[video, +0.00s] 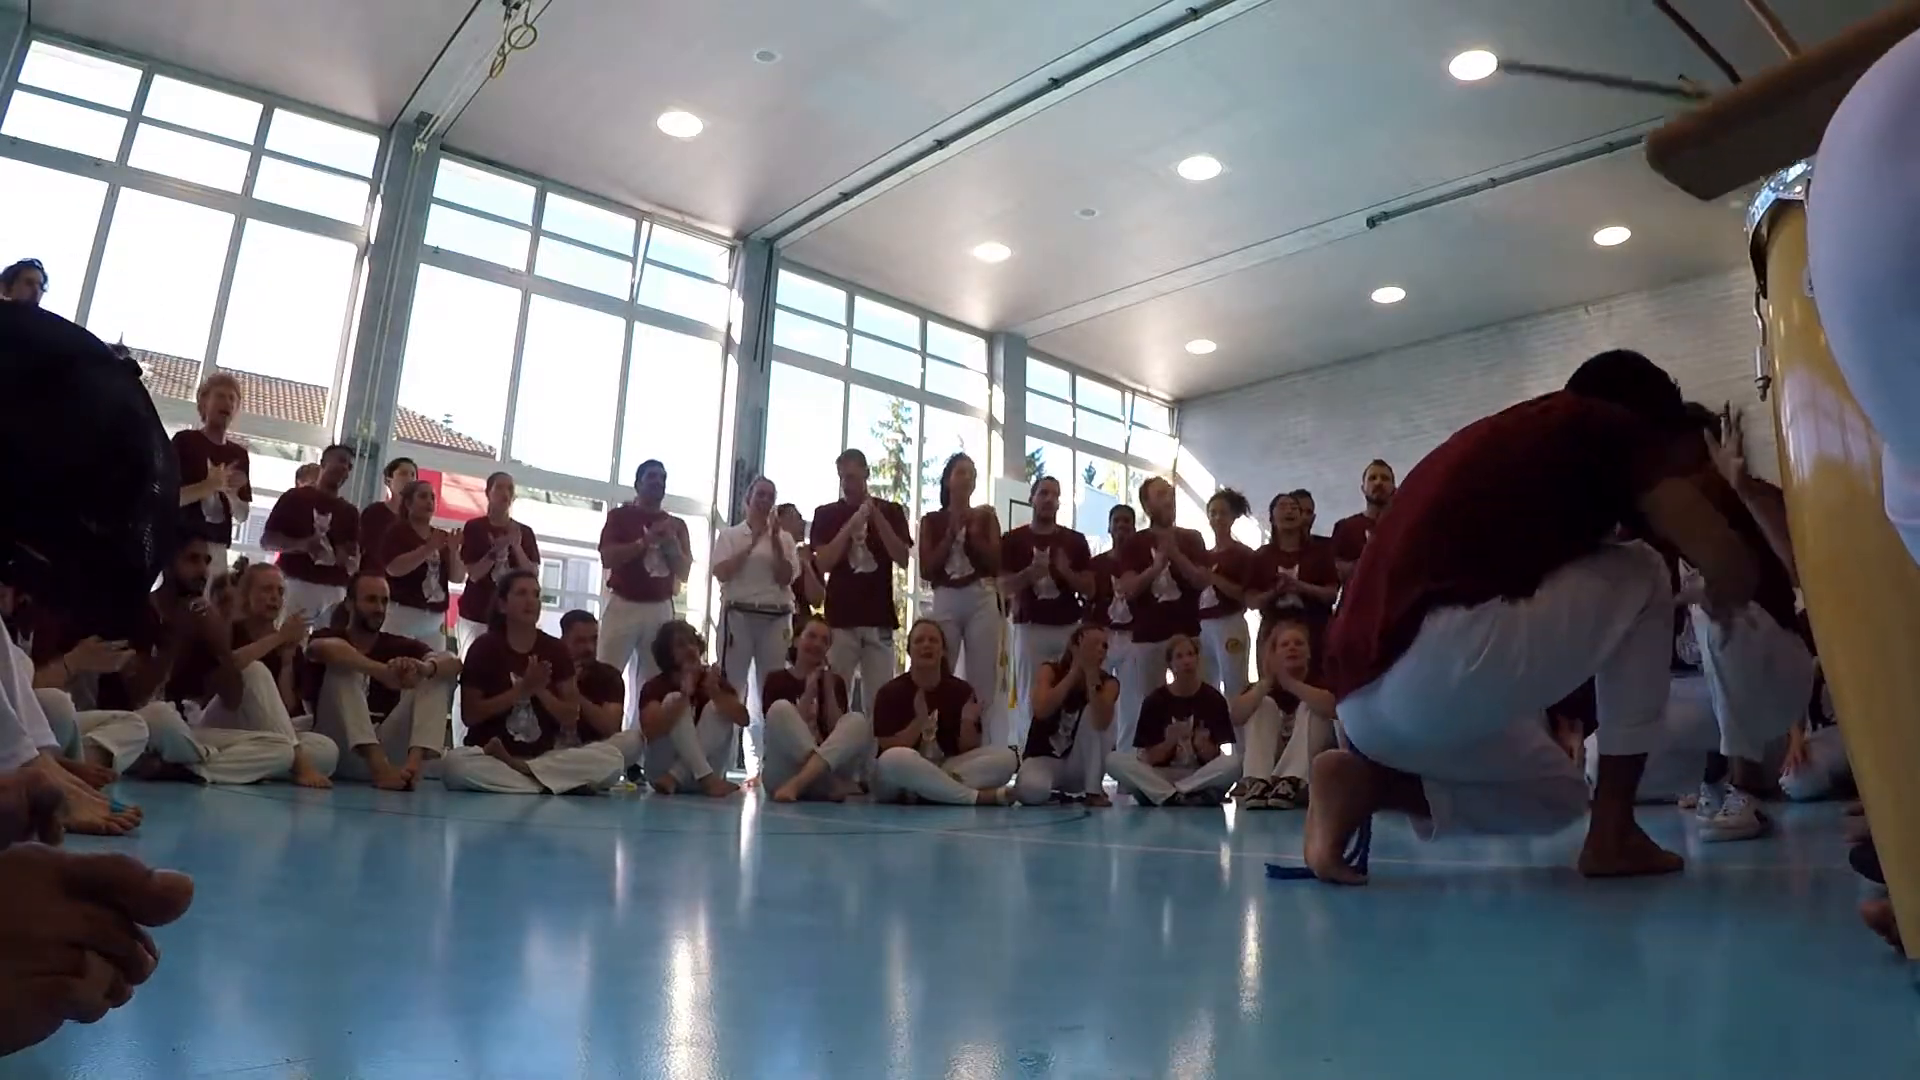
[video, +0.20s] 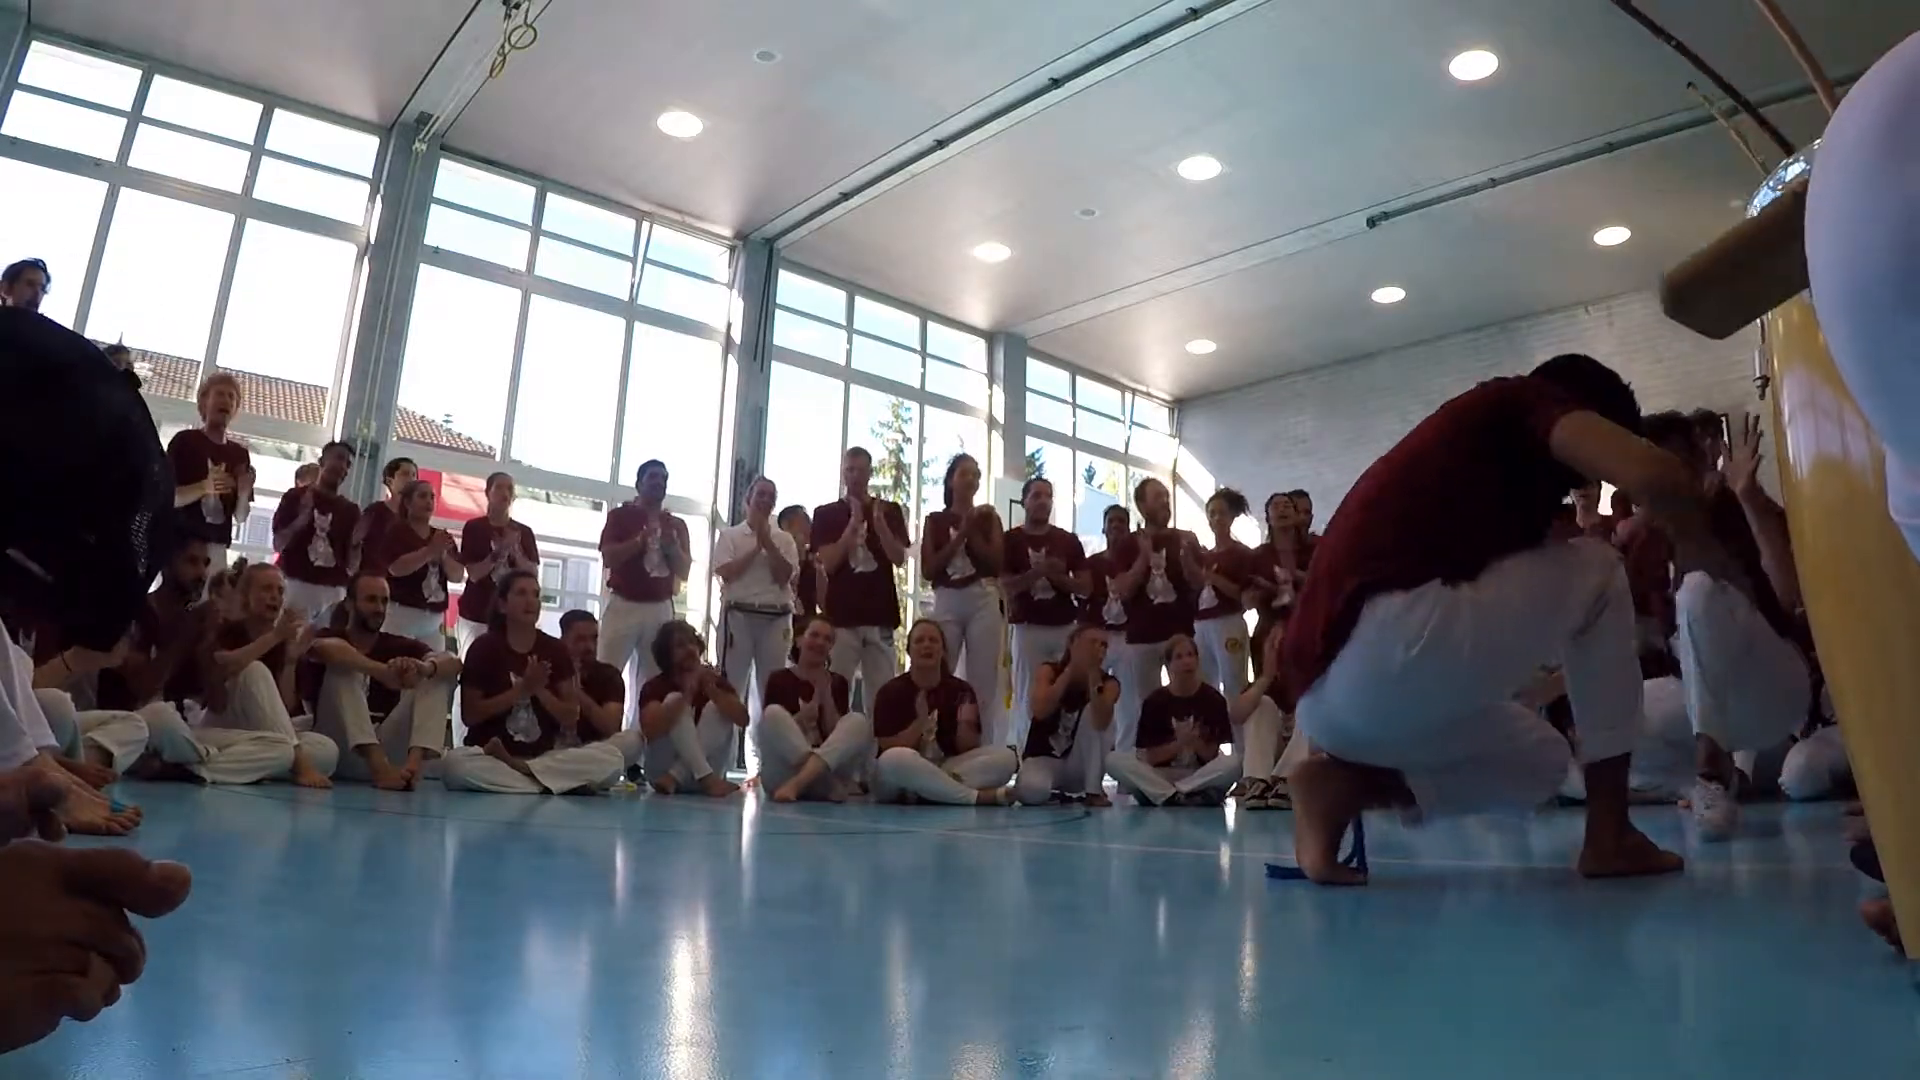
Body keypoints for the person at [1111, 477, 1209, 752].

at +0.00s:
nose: (1168, 500)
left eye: (1170, 494)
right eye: (1160, 495)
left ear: (1175, 498)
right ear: (1146, 504)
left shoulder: (1192, 538)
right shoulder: (1135, 542)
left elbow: (1202, 581)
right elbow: (1128, 590)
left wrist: (1175, 553)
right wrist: (1158, 564)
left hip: (1187, 633)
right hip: (1148, 636)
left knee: (1191, 705)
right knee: (1143, 709)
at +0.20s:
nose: (1165, 503)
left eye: (1166, 497)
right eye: (1157, 498)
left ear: (1170, 501)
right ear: (1141, 506)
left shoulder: (1187, 540)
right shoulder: (1129, 544)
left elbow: (1198, 583)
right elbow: (1122, 590)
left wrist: (1187, 559)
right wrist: (1144, 557)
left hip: (1180, 634)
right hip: (1142, 637)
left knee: (1187, 704)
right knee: (1137, 710)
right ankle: (1130, 774)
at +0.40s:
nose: (1162, 503)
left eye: (1164, 497)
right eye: (1155, 498)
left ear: (1168, 501)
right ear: (1138, 506)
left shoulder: (1184, 540)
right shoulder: (1124, 545)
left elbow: (1194, 582)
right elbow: (1123, 589)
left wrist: (1173, 553)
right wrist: (1152, 562)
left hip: (1178, 636)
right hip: (1140, 639)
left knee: (1185, 704)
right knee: (1140, 710)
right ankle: (1133, 775)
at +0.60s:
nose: (1160, 503)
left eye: (1162, 497)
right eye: (1152, 498)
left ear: (1167, 502)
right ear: (1137, 505)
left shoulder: (1183, 540)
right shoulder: (1126, 544)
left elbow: (1194, 581)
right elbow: (1120, 591)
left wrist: (1171, 556)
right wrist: (1147, 566)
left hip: (1179, 634)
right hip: (1140, 636)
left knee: (1185, 700)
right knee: (1144, 704)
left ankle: (1191, 756)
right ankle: (1145, 761)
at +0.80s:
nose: (1161, 504)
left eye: (1163, 498)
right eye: (1153, 499)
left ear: (1168, 501)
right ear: (1138, 507)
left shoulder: (1183, 540)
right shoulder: (1126, 545)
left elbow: (1196, 582)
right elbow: (1122, 587)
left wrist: (1180, 553)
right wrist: (1141, 559)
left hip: (1180, 632)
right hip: (1142, 636)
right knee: (1146, 701)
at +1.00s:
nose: (1165, 503)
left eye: (1167, 497)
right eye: (1156, 498)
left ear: (1171, 502)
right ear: (1142, 506)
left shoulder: (1189, 538)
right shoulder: (1130, 545)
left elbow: (1198, 580)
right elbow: (1128, 590)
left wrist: (1174, 546)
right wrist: (1152, 566)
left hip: (1186, 624)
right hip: (1145, 628)